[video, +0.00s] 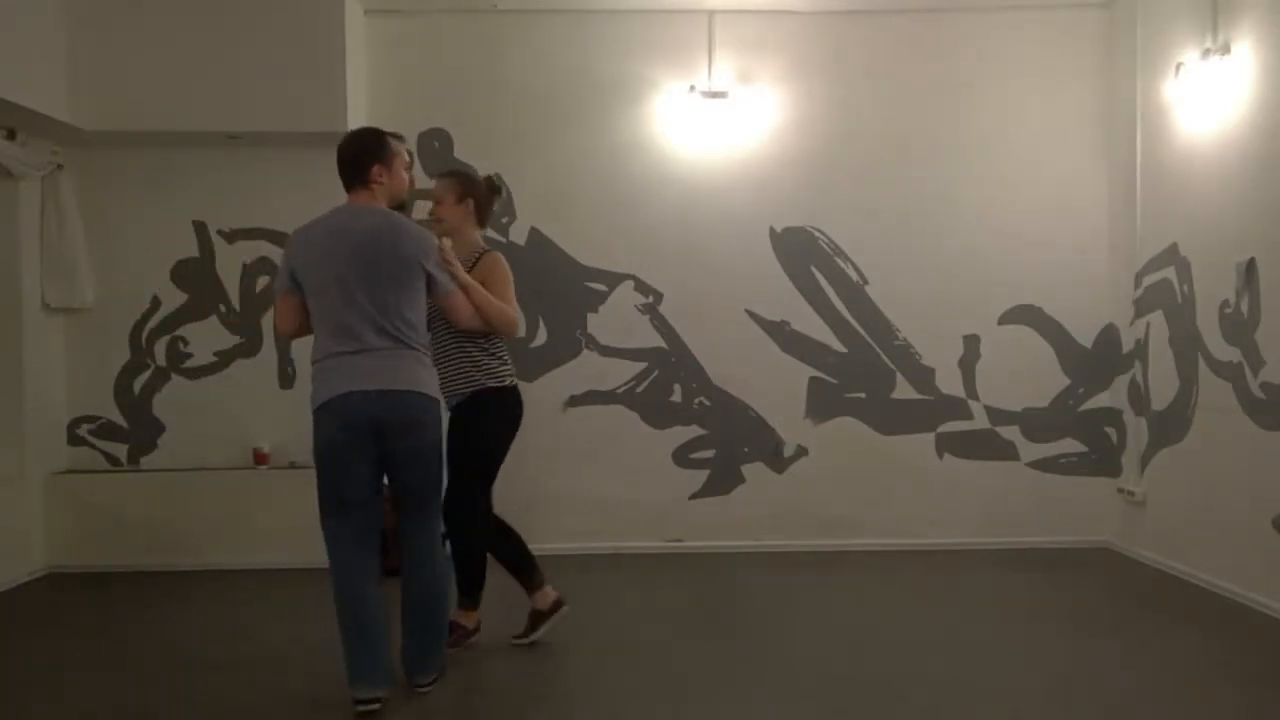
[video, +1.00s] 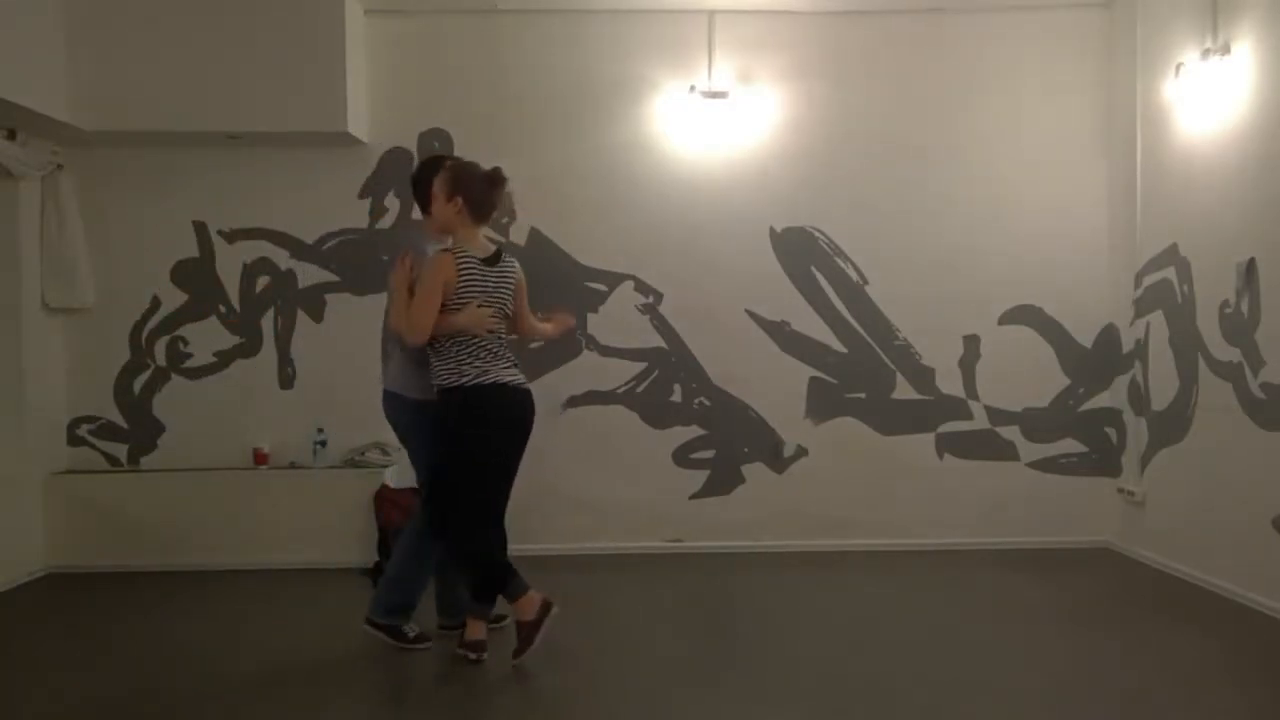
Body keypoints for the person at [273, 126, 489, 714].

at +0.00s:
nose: (411, 176)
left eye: (408, 166)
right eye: (404, 166)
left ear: (352, 177)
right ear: (379, 173)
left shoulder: (304, 238)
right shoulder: (412, 235)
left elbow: (287, 325)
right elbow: (463, 316)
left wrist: (339, 306)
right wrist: (436, 281)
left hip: (339, 401)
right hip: (412, 398)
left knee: (349, 534)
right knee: (422, 528)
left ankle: (366, 682)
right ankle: (425, 665)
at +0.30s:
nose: (418, 182)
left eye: (415, 172)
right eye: (410, 173)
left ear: (366, 185)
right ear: (382, 181)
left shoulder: (320, 249)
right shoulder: (419, 240)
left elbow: (307, 333)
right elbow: (476, 317)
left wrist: (358, 311)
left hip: (347, 401)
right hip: (415, 401)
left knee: (349, 526)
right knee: (412, 522)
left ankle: (342, 644)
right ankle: (387, 650)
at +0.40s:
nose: (424, 187)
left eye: (421, 178)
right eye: (415, 179)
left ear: (373, 192)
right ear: (387, 189)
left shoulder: (329, 249)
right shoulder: (420, 244)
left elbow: (315, 340)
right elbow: (474, 317)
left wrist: (369, 326)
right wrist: (522, 318)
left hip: (353, 405)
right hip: (417, 404)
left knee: (366, 515)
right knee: (411, 525)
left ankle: (331, 619)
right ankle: (384, 653)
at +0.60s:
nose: (440, 185)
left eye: (437, 175)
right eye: (431, 176)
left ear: (388, 188)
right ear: (403, 184)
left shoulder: (353, 246)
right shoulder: (418, 235)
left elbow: (340, 332)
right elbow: (454, 301)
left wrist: (407, 342)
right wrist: (530, 307)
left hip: (367, 390)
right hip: (416, 393)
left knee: (412, 502)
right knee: (418, 510)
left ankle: (412, 610)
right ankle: (385, 645)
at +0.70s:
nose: (450, 190)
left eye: (447, 181)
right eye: (442, 181)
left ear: (404, 195)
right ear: (415, 191)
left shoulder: (378, 246)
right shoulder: (422, 240)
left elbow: (367, 336)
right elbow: (439, 308)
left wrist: (447, 321)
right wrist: (520, 314)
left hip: (382, 395)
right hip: (418, 399)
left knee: (426, 509)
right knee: (423, 514)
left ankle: (453, 614)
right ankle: (383, 646)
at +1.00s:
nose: (461, 202)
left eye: (460, 191)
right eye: (454, 192)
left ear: (431, 195)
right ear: (435, 195)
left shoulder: (451, 248)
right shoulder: (421, 250)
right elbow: (412, 322)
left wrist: (505, 315)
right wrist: (467, 319)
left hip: (436, 393)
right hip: (415, 396)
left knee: (453, 499)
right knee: (439, 501)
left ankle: (457, 609)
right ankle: (388, 610)